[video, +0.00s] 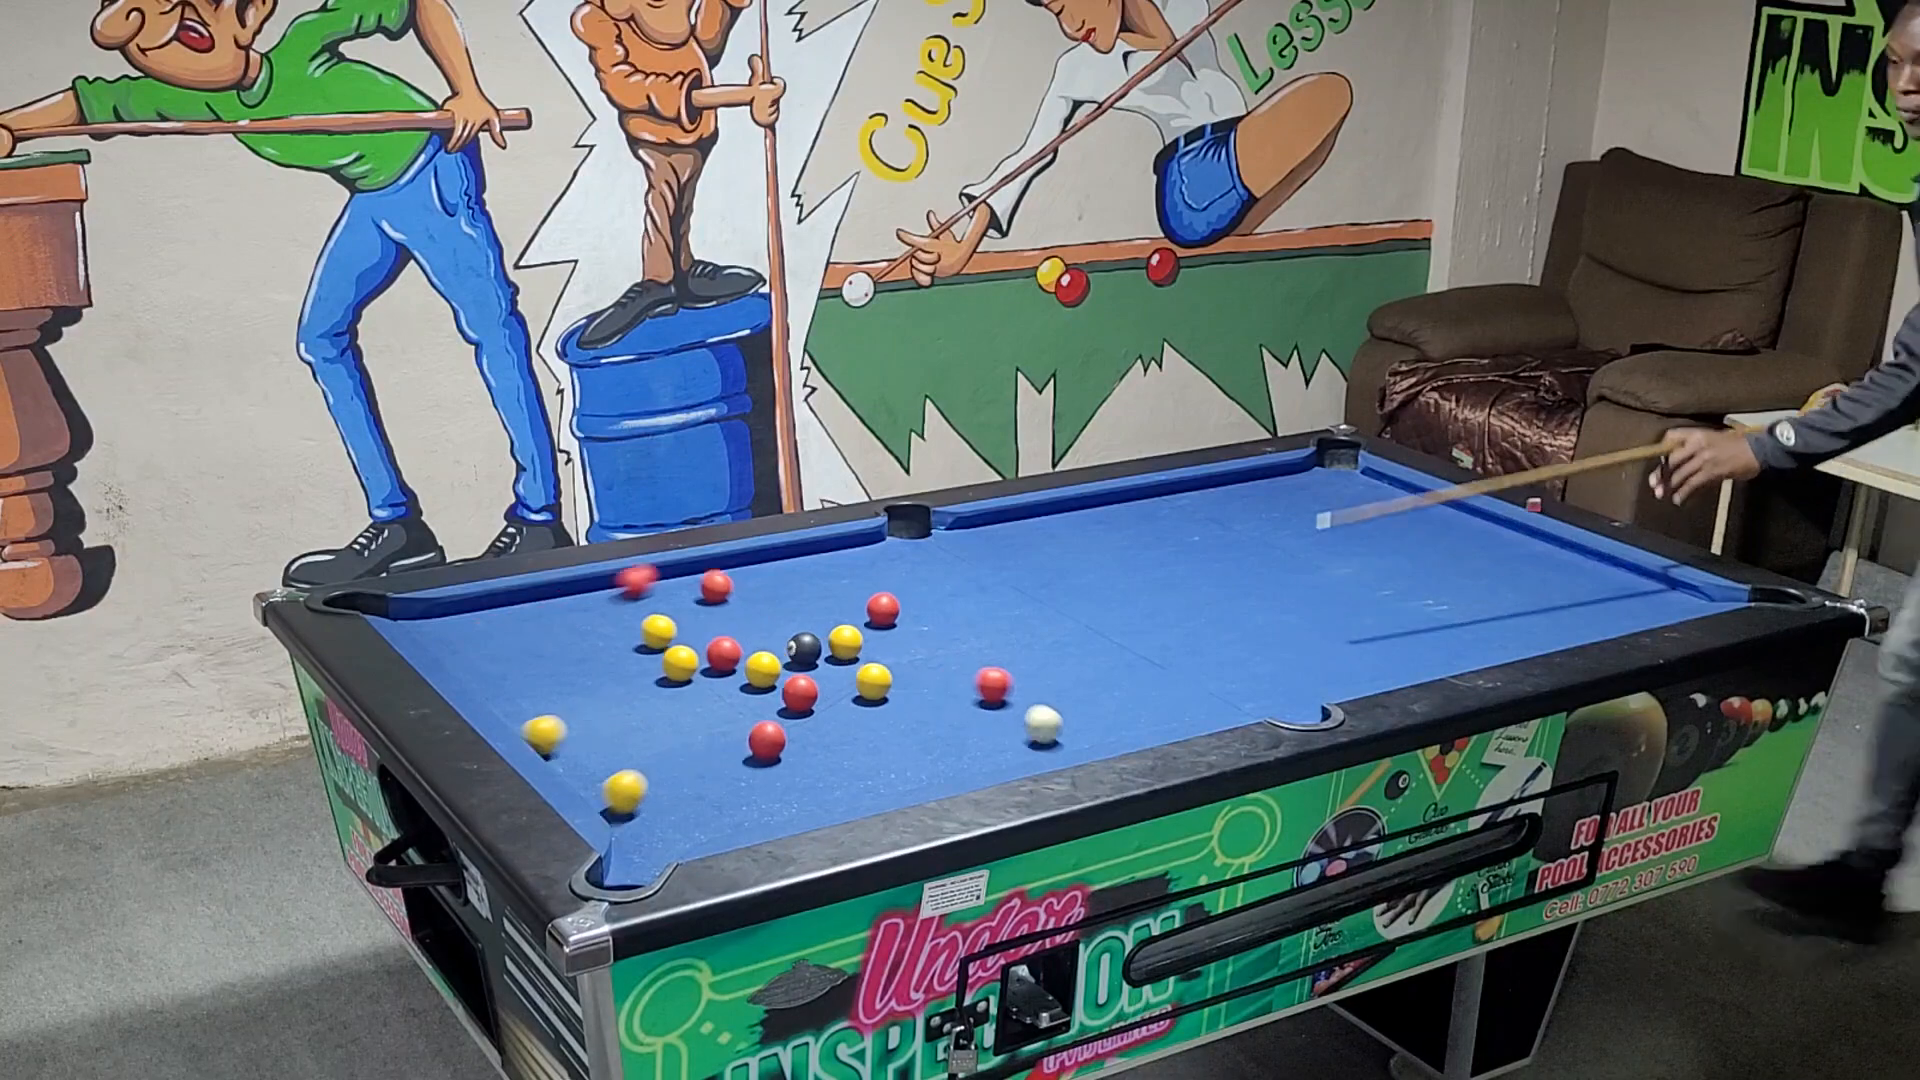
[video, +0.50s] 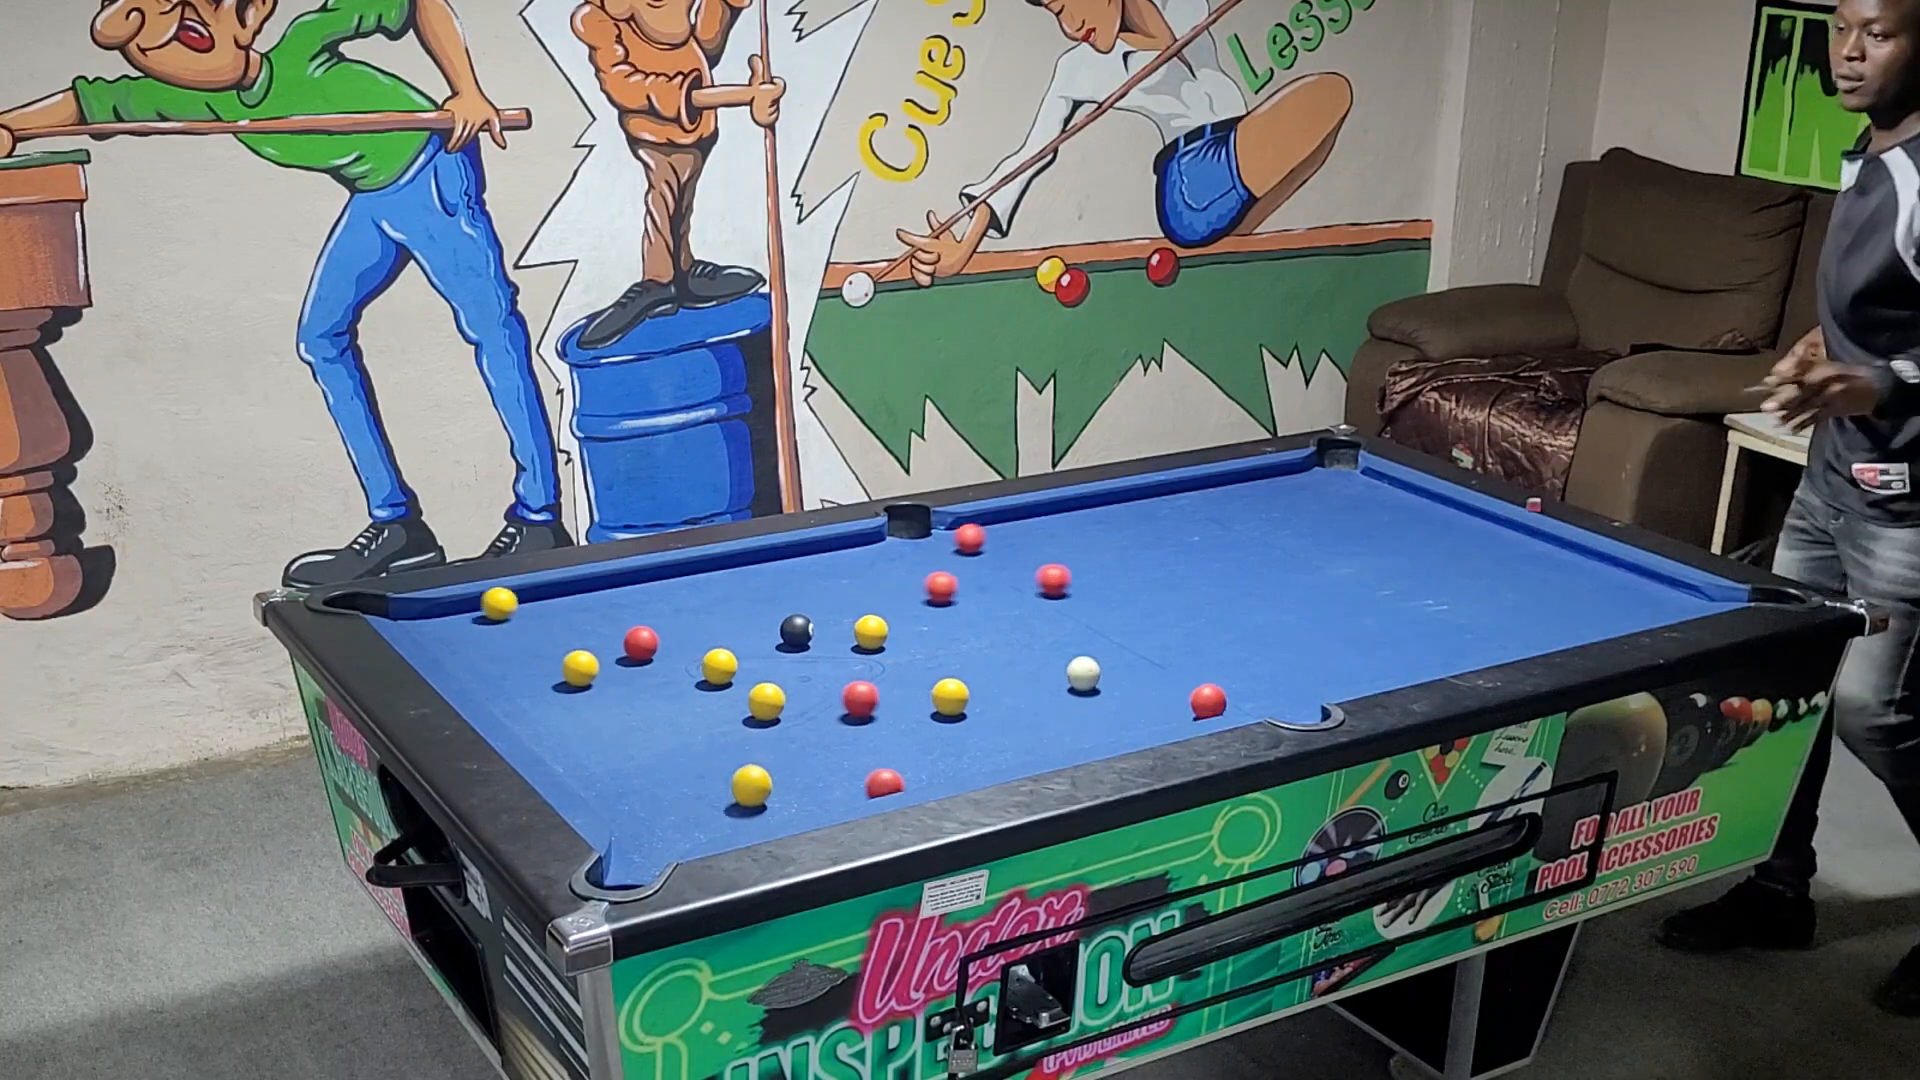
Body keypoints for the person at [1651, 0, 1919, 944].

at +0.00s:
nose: (1900, 83)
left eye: (1914, 63)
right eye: (1894, 63)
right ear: (1886, 71)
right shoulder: (1919, 204)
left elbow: (1909, 373)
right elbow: (1908, 368)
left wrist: (1758, 445)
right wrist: (1764, 444)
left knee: (1909, 654)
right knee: (1907, 651)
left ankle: (1858, 868)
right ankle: (1855, 866)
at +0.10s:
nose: (1878, 87)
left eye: (1901, 67)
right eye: (1872, 65)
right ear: (1865, 70)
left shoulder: (1914, 202)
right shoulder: (1903, 200)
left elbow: (1909, 372)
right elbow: (1903, 366)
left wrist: (1747, 428)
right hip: (1912, 483)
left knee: (1866, 688)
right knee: (1857, 685)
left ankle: (1788, 888)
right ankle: (1786, 887)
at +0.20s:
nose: (1858, 88)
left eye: (1885, 68)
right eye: (1852, 67)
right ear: (1841, 75)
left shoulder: (1917, 207)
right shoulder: (1884, 201)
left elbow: (1905, 377)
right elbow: (1889, 364)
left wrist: (1744, 421)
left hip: (1918, 508)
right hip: (1869, 486)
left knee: (1880, 728)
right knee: (1778, 675)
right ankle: (1779, 884)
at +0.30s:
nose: (1844, 74)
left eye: (1872, 55)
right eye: (1836, 52)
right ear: (1826, 59)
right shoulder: (1866, 184)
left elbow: (1916, 363)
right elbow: (1881, 320)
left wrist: (1776, 409)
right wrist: (1840, 359)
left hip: (1914, 513)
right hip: (1844, 490)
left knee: (1859, 721)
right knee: (1769, 683)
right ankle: (1778, 886)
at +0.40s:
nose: (1843, 55)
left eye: (1873, 38)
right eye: (1835, 32)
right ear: (1825, 41)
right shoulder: (1867, 173)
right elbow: (1868, 333)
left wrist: (1827, 390)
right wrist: (1800, 380)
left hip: (1906, 501)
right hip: (1833, 482)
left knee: (1864, 715)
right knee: (1776, 688)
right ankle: (1777, 883)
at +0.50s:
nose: (1850, 51)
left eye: (1877, 33)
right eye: (1839, 30)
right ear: (1828, 38)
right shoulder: (1870, 163)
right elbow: (1868, 306)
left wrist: (1883, 388)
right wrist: (1815, 360)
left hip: (1909, 497)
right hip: (1833, 473)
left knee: (1878, 711)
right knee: (1783, 685)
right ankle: (1777, 883)